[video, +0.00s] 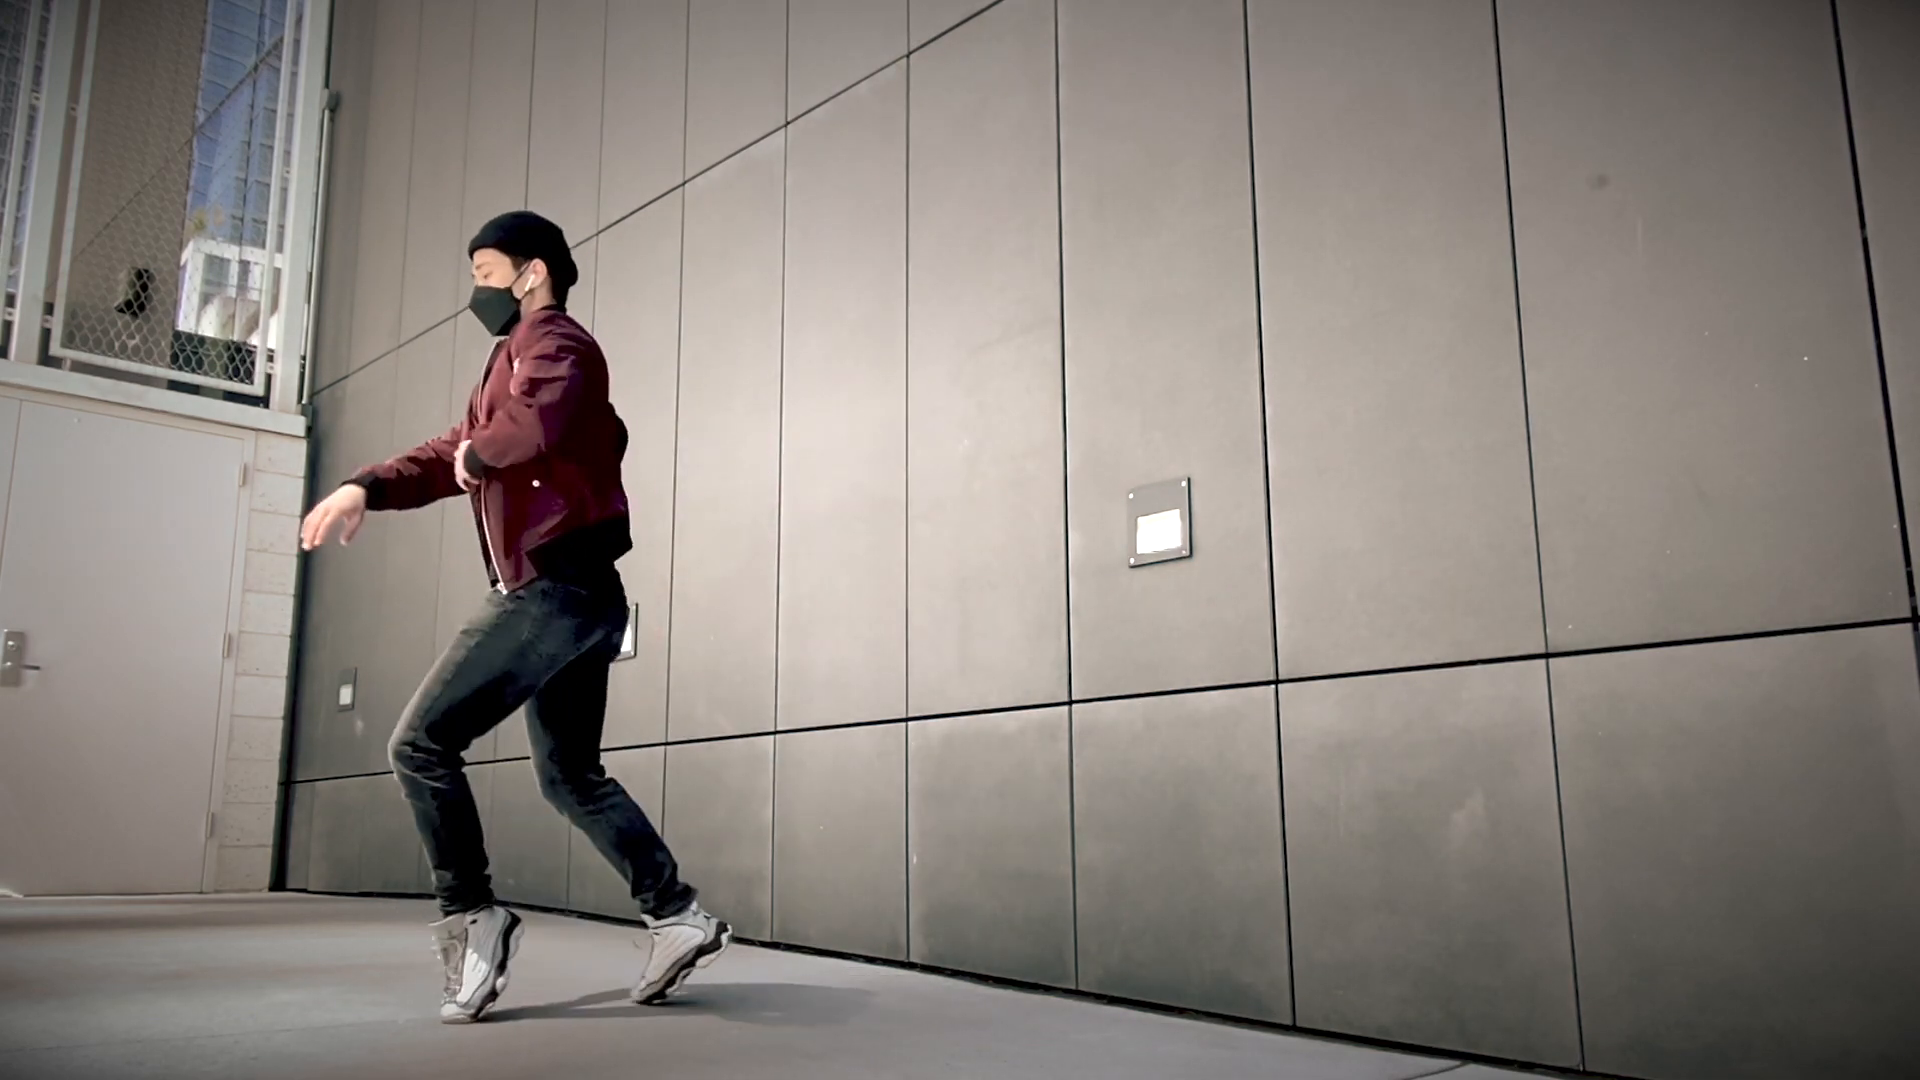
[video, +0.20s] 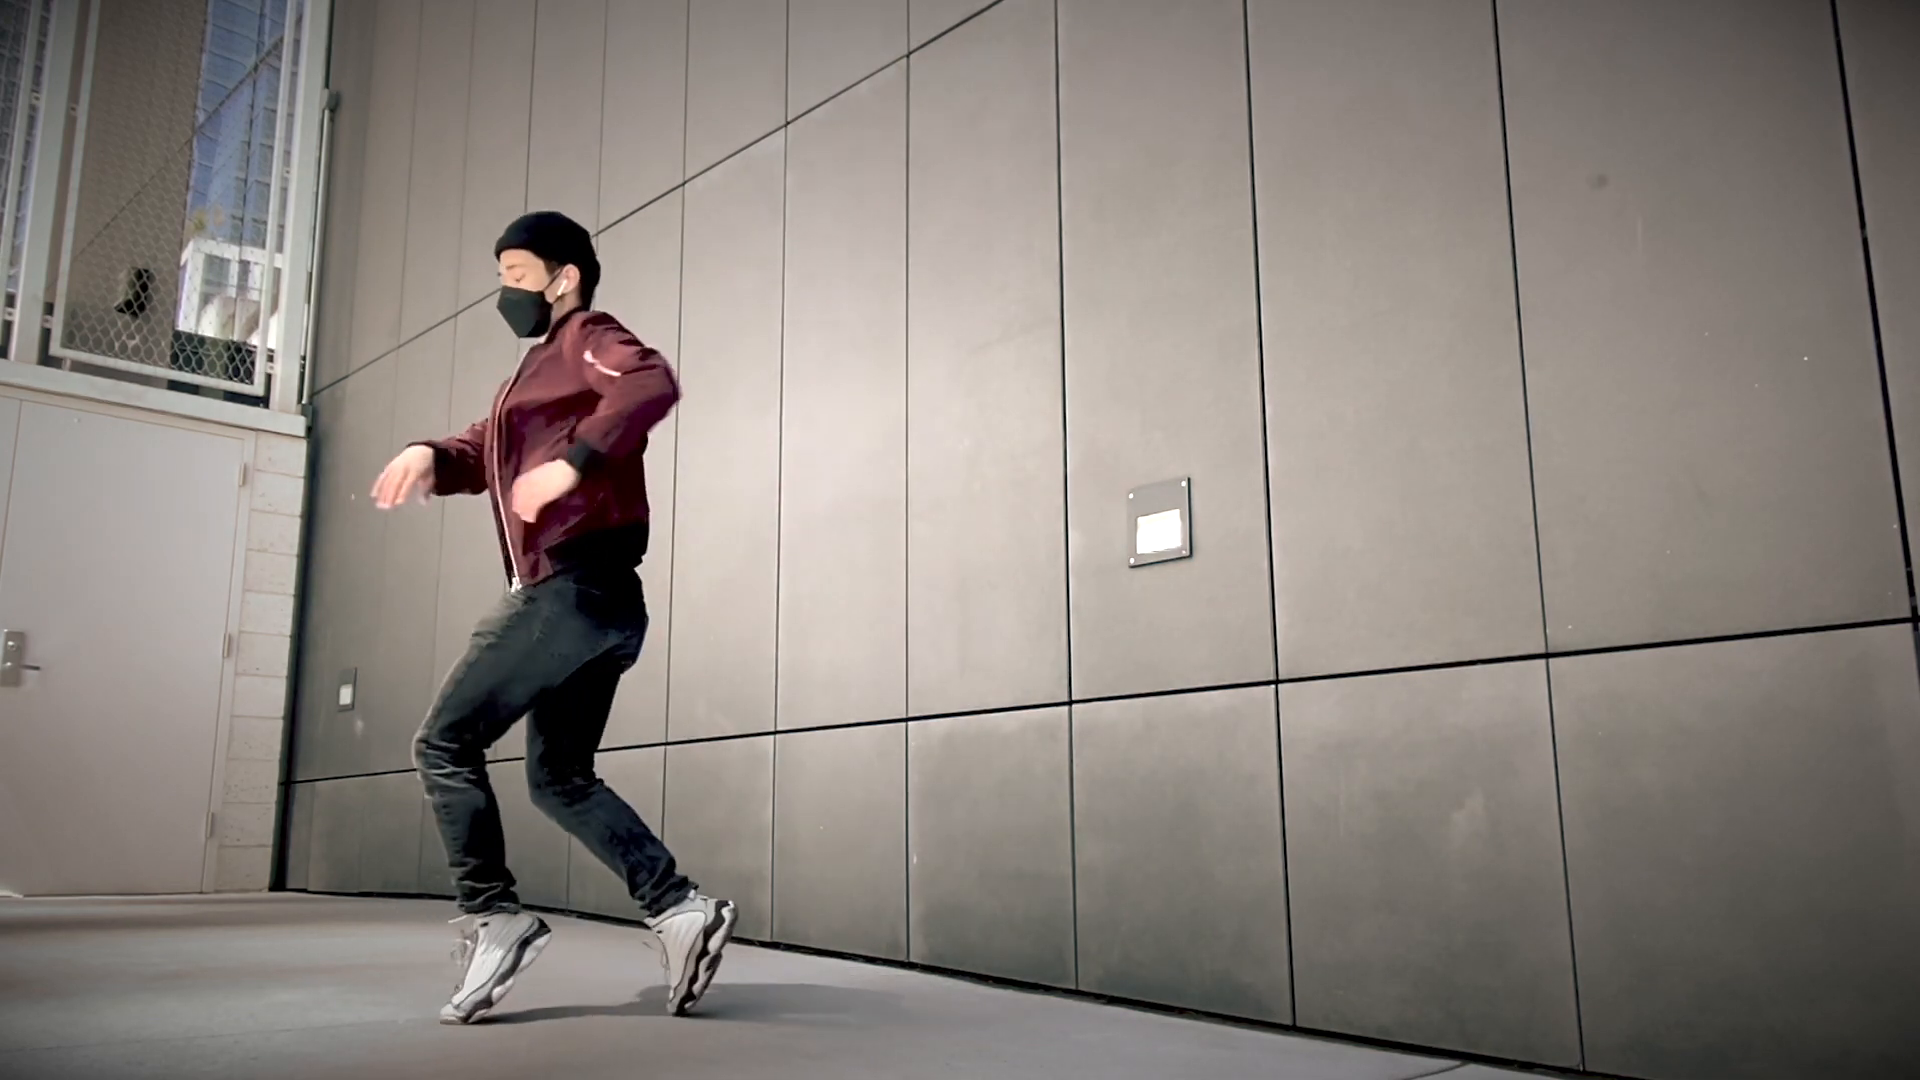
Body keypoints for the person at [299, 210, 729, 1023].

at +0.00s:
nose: (475, 289)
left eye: (485, 273)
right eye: (474, 276)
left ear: (533, 274)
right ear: (526, 279)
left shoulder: (553, 338)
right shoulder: (512, 362)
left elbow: (537, 424)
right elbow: (452, 455)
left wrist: (472, 456)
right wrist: (362, 489)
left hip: (552, 593)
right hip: (576, 595)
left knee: (421, 747)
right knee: (572, 776)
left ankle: (474, 922)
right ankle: (679, 917)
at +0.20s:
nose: (504, 289)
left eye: (516, 273)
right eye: (501, 275)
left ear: (566, 277)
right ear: (546, 284)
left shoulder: (588, 334)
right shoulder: (538, 371)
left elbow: (653, 381)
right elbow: (494, 453)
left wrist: (570, 462)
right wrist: (432, 457)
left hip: (565, 593)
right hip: (600, 601)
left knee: (444, 744)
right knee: (560, 779)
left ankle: (494, 917)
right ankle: (680, 911)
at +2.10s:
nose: (927, 318)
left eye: (933, 308)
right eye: (917, 302)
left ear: (918, 313)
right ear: (871, 295)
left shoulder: (893, 392)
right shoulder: (816, 363)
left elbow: (842, 501)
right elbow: (752, 459)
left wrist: (779, 582)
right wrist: (699, 562)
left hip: (876, 604)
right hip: (814, 604)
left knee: (892, 785)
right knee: (810, 786)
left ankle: (906, 952)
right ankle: (779, 963)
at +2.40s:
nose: (838, 301)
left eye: (847, 292)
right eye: (824, 287)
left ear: (851, 302)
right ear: (779, 288)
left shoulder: (864, 385)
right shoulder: (722, 390)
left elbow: (894, 494)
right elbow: (684, 506)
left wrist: (875, 589)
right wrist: (682, 621)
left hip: (855, 610)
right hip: (772, 610)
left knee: (841, 793)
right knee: (805, 787)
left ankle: (775, 935)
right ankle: (780, 957)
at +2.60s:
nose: (795, 308)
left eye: (805, 300)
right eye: (781, 295)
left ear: (810, 314)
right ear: (737, 300)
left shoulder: (823, 394)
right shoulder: (679, 405)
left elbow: (907, 467)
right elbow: (641, 523)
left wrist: (990, 539)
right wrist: (618, 631)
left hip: (810, 612)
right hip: (728, 614)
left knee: (834, 786)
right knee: (797, 760)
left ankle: (707, 918)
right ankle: (801, 942)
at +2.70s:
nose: (784, 328)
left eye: (793, 318)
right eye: (771, 313)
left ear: (797, 328)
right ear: (726, 315)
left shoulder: (812, 397)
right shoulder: (661, 414)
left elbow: (904, 467)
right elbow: (607, 529)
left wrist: (1006, 535)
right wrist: (562, 630)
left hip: (781, 622)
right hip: (696, 622)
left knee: (799, 798)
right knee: (768, 745)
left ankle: (680, 933)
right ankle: (842, 928)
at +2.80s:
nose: (773, 343)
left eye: (782, 333)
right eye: (759, 328)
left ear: (786, 341)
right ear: (715, 326)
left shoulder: (802, 415)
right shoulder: (647, 418)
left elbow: (895, 480)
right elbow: (585, 523)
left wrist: (996, 532)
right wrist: (518, 617)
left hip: (759, 623)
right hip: (674, 624)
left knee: (789, 790)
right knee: (747, 749)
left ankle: (676, 935)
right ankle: (822, 888)